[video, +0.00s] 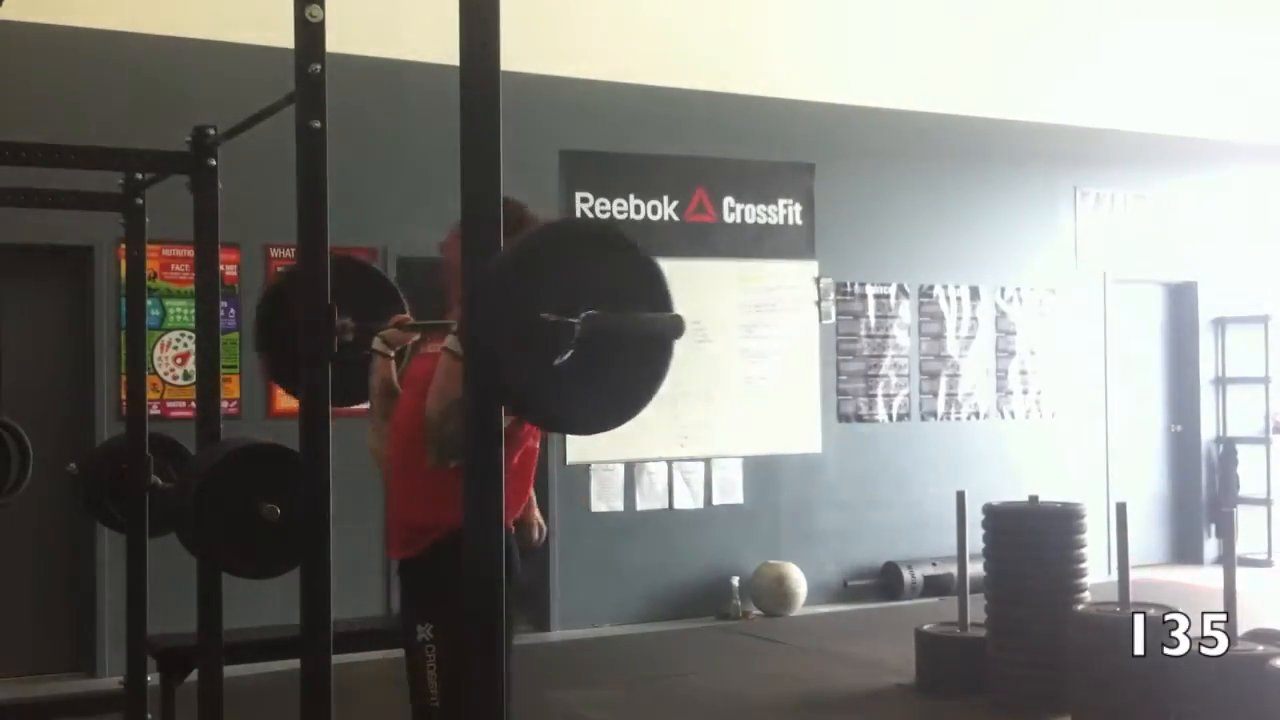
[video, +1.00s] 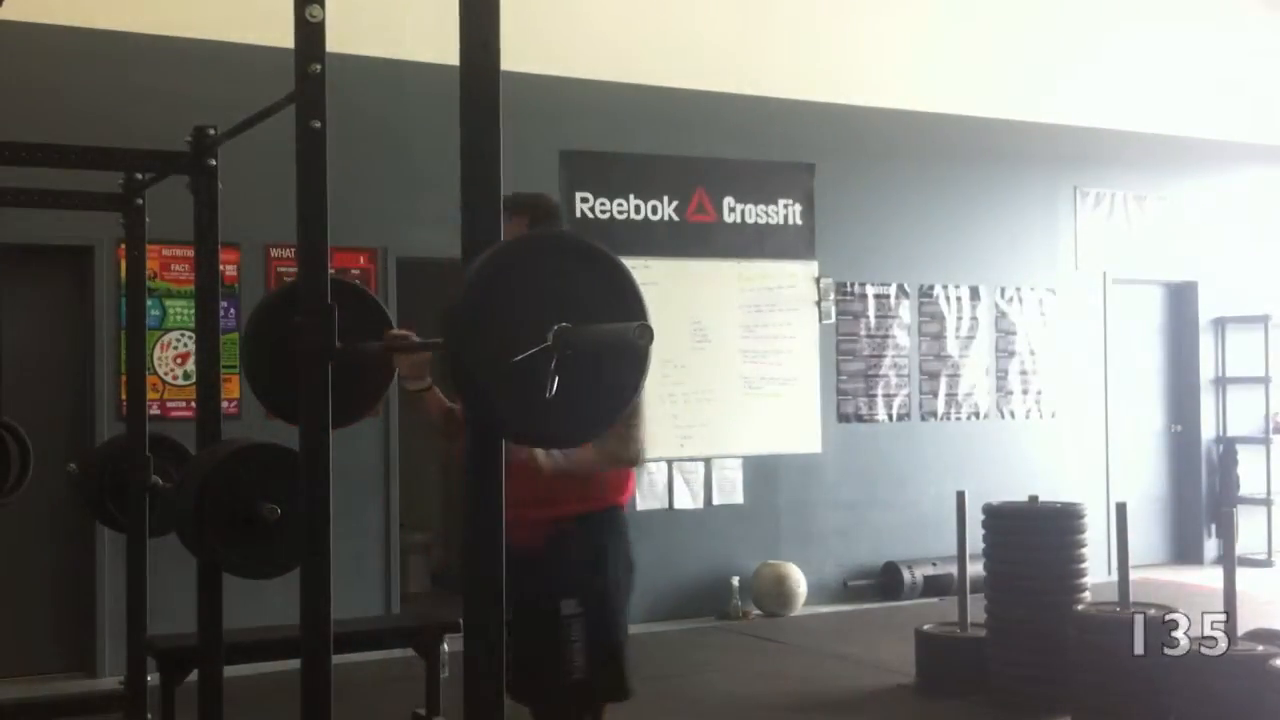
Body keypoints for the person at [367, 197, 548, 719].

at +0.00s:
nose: (443, 250)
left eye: (459, 243)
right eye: (451, 241)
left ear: (494, 262)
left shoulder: (501, 343)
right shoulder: (444, 342)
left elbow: (445, 442)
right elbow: (389, 450)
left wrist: (467, 328)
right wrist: (384, 357)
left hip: (469, 552)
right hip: (430, 552)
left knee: (465, 703)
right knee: (435, 701)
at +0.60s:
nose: (438, 259)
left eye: (445, 245)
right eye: (442, 244)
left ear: (467, 250)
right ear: (485, 251)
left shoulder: (517, 331)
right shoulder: (469, 335)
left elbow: (509, 456)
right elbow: (446, 437)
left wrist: (457, 377)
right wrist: (392, 386)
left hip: (515, 538)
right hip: (476, 537)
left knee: (538, 699)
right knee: (477, 698)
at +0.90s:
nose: (495, 266)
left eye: (507, 249)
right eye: (484, 251)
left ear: (537, 250)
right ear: (481, 262)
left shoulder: (581, 326)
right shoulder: (490, 334)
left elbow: (591, 449)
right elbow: (455, 430)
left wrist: (498, 415)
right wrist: (406, 380)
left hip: (575, 523)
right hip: (502, 522)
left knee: (574, 688)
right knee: (515, 683)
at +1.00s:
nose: (508, 263)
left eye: (521, 248)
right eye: (500, 249)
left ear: (553, 248)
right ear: (495, 256)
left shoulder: (600, 340)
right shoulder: (501, 335)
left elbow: (627, 447)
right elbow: (467, 433)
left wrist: (552, 457)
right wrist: (417, 381)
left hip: (582, 526)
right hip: (512, 526)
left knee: (582, 694)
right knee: (533, 690)